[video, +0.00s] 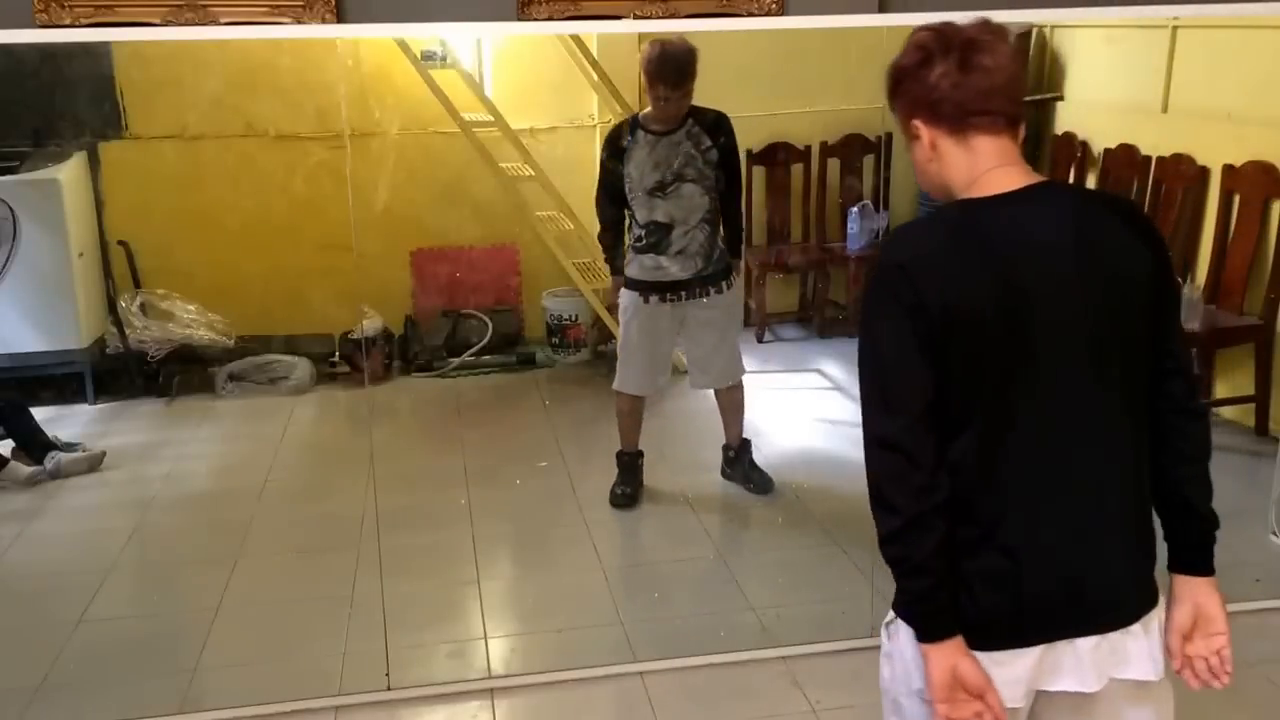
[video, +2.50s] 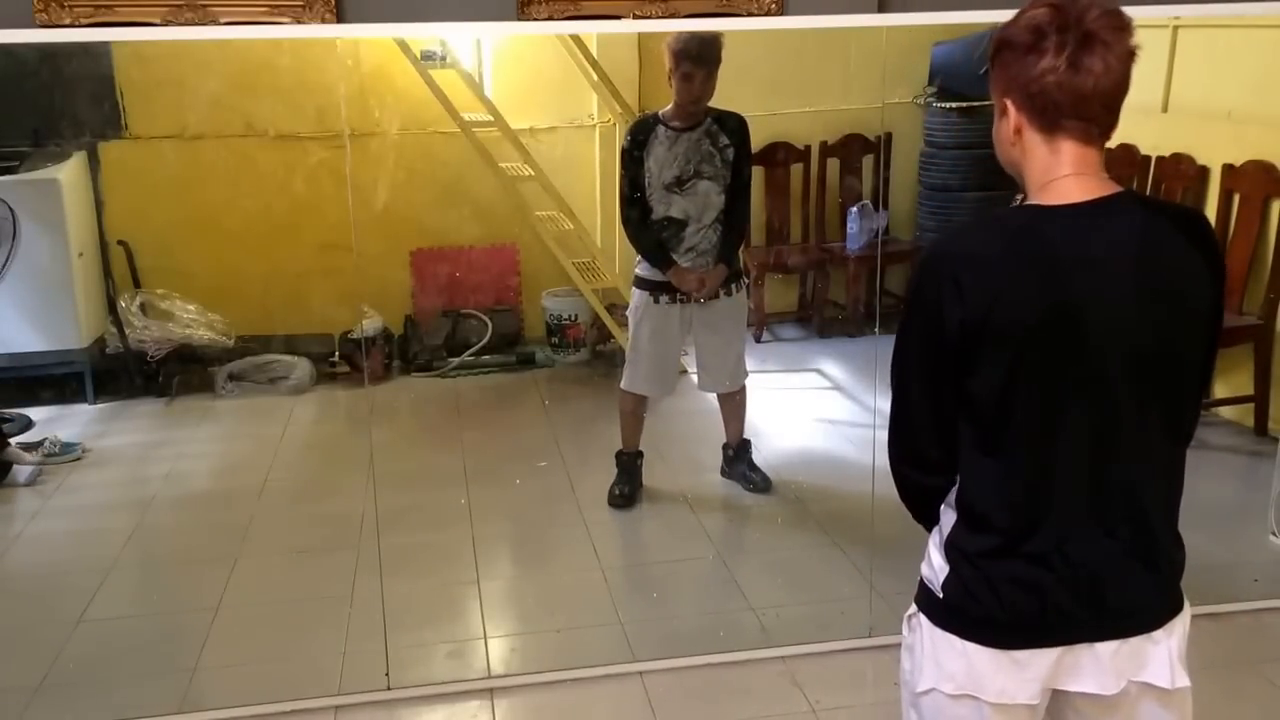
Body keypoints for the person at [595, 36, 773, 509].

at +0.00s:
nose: (663, 101)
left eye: (674, 92)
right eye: (655, 91)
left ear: (690, 86)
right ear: (643, 83)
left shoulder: (716, 127)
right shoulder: (621, 139)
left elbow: (731, 197)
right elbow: (608, 208)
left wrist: (734, 255)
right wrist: (615, 272)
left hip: (711, 279)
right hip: (645, 283)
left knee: (727, 371)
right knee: (631, 381)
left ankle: (736, 456)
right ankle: (628, 466)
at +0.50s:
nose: (698, 112)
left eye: (708, 106)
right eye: (693, 103)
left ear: (727, 96)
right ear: (684, 87)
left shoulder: (740, 130)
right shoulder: (652, 130)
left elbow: (756, 204)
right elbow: (630, 206)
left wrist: (765, 272)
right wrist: (618, 278)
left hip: (722, 281)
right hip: (659, 282)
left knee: (732, 371)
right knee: (639, 377)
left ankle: (736, 456)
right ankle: (629, 467)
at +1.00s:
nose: (691, 116)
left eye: (701, 109)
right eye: (684, 108)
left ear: (716, 96)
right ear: (671, 92)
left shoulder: (733, 127)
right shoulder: (642, 133)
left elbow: (741, 201)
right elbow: (630, 209)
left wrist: (721, 261)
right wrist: (667, 265)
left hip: (721, 277)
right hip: (657, 278)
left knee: (730, 372)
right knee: (639, 375)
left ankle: (737, 456)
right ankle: (629, 465)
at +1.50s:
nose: (693, 114)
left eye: (702, 106)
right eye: (686, 105)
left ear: (716, 93)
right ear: (672, 90)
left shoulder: (733, 128)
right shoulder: (641, 134)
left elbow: (740, 201)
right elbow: (633, 212)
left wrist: (721, 261)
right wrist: (670, 268)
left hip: (720, 279)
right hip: (656, 279)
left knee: (730, 374)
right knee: (638, 378)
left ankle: (736, 456)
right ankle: (628, 465)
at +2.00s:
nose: (689, 90)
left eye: (697, 80)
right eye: (680, 80)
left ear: (710, 77)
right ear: (665, 77)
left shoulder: (732, 129)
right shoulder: (640, 135)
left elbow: (740, 204)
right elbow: (632, 212)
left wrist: (721, 262)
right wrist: (672, 266)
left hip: (720, 279)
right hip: (656, 281)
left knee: (731, 373)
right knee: (638, 378)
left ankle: (736, 456)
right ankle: (628, 465)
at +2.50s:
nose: (691, 83)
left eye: (701, 74)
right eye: (683, 73)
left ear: (716, 74)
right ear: (670, 71)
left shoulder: (733, 129)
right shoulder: (640, 134)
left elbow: (740, 204)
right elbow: (631, 214)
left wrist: (722, 263)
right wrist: (672, 269)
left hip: (720, 280)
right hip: (657, 281)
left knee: (730, 375)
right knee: (638, 380)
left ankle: (736, 456)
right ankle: (628, 466)